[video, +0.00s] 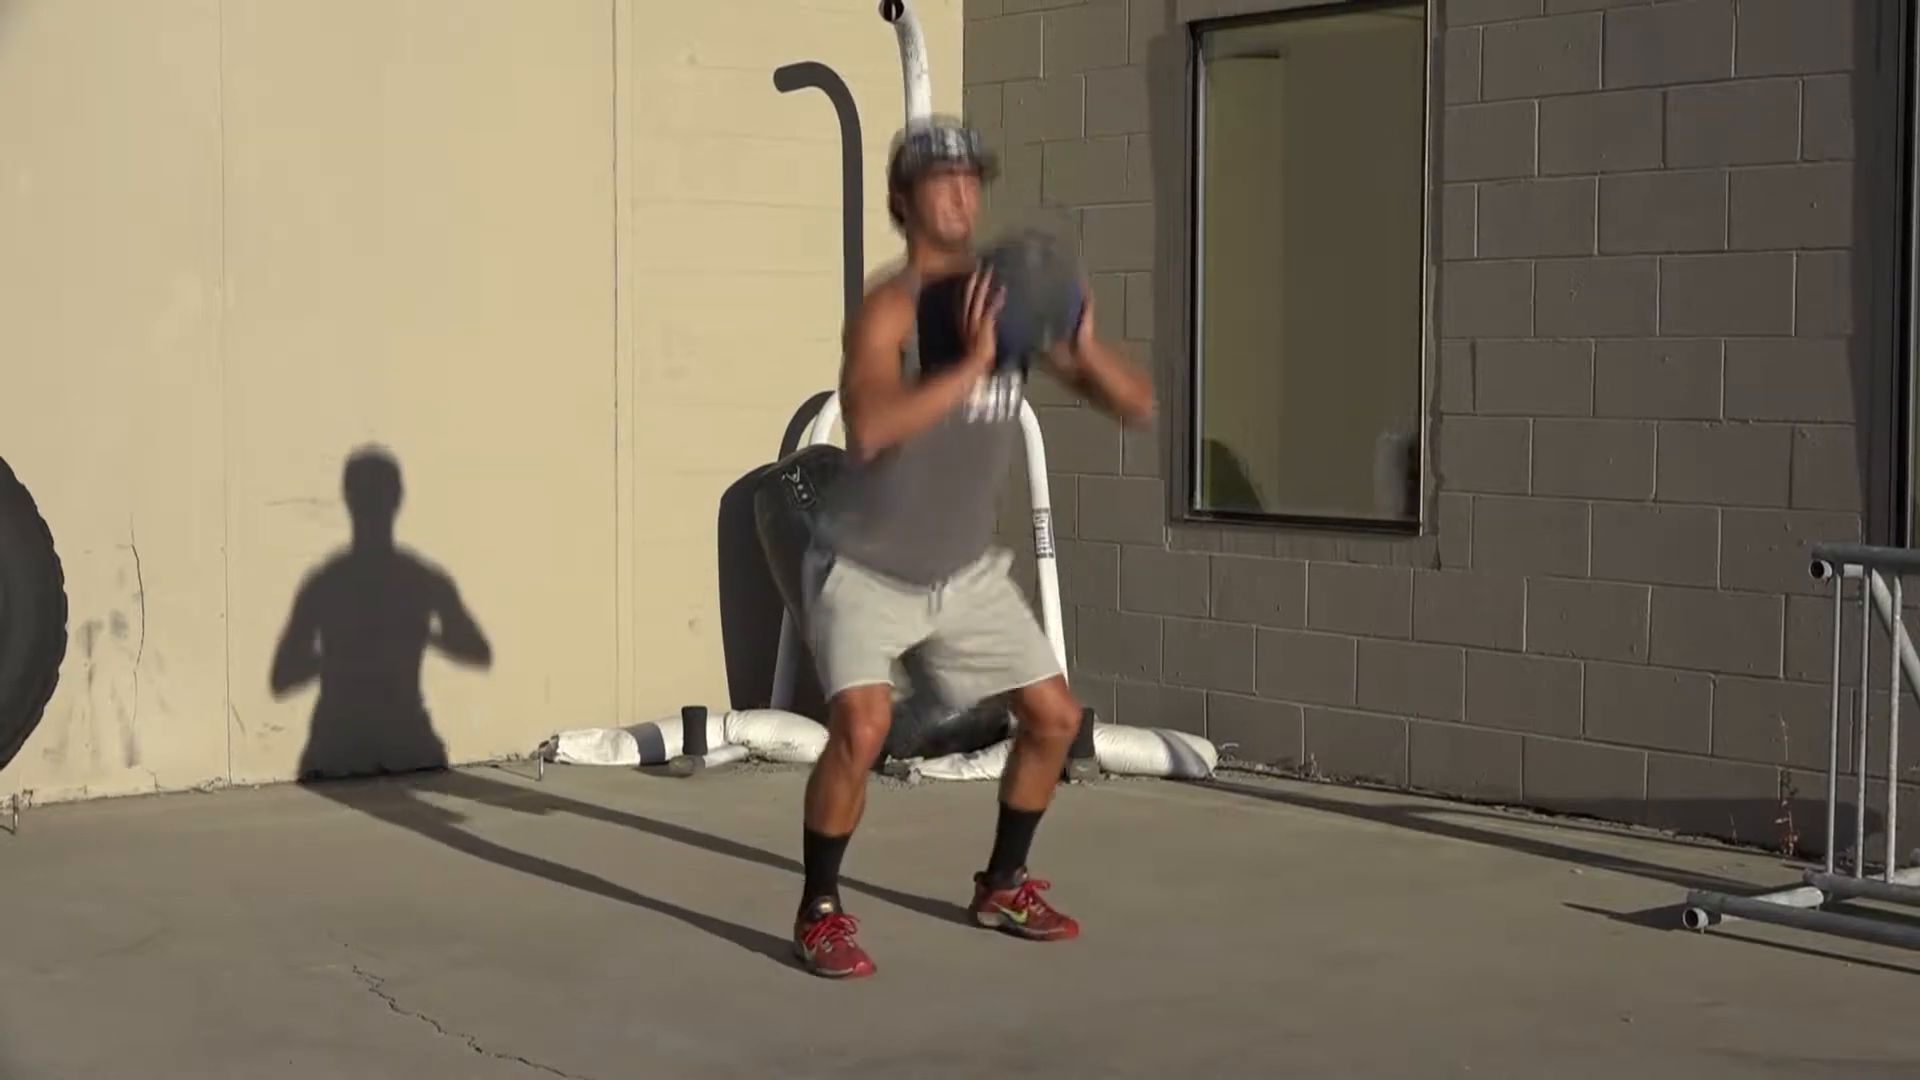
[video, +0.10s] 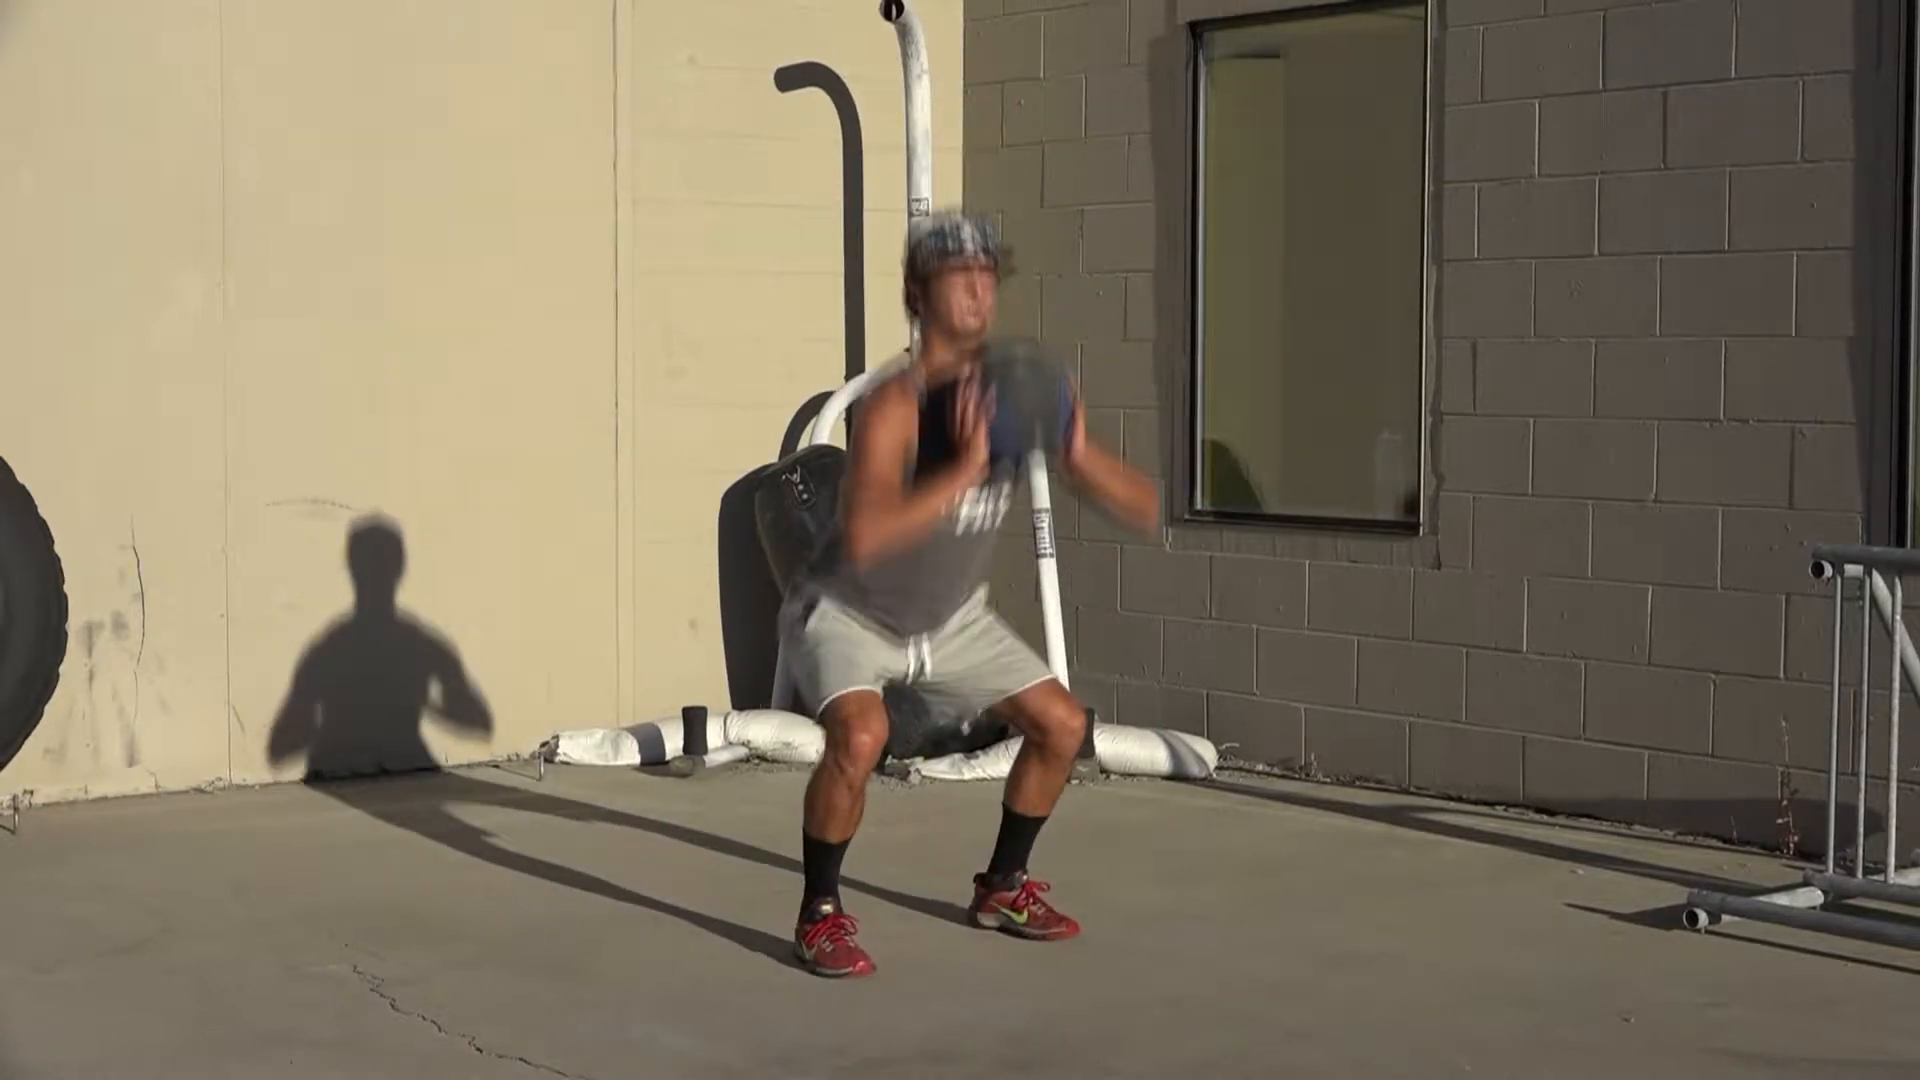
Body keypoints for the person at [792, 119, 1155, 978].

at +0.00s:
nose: (954, 195)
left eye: (965, 180)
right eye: (936, 181)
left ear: (982, 194)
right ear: (901, 199)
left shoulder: (1012, 291)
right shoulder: (888, 306)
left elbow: (1136, 405)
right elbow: (869, 429)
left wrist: (1080, 352)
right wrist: (977, 360)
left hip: (972, 571)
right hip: (868, 570)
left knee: (1055, 716)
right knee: (861, 728)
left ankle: (1003, 884)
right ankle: (819, 910)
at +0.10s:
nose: (976, 297)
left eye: (985, 282)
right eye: (958, 282)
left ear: (996, 293)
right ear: (920, 295)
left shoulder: (1017, 388)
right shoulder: (891, 402)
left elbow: (1144, 509)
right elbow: (863, 540)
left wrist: (1070, 450)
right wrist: (967, 466)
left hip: (954, 619)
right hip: (853, 614)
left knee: (1062, 726)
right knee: (860, 733)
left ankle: (1002, 887)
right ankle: (820, 913)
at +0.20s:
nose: (985, 386)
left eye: (995, 370)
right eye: (967, 371)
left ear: (1009, 382)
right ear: (930, 385)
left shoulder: (1019, 483)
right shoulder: (895, 487)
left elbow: (1136, 599)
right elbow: (856, 629)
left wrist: (1078, 555)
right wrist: (963, 570)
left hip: (931, 653)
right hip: (830, 656)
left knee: (1058, 727)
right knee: (856, 737)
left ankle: (1002, 887)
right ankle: (820, 913)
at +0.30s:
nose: (992, 439)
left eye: (1001, 423)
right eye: (974, 422)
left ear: (1011, 435)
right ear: (933, 435)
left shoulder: (1019, 539)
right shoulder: (891, 536)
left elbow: (1136, 654)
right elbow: (850, 674)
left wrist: (1082, 616)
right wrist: (962, 624)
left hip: (935, 689)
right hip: (828, 691)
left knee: (1063, 727)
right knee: (838, 736)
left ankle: (1002, 888)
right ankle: (818, 914)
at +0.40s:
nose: (989, 438)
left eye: (999, 422)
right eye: (971, 421)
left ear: (1010, 434)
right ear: (931, 433)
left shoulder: (1018, 537)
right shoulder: (888, 534)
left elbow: (1136, 652)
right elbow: (845, 669)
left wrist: (1076, 612)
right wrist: (958, 620)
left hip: (936, 686)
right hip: (832, 689)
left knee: (1061, 729)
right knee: (835, 736)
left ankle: (1002, 888)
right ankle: (819, 914)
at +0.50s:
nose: (985, 397)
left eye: (996, 380)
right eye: (967, 380)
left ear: (1009, 392)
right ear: (929, 393)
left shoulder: (1017, 491)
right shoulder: (888, 492)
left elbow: (1134, 605)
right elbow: (843, 623)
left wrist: (1062, 554)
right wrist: (955, 572)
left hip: (934, 658)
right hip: (833, 657)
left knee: (1055, 731)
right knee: (847, 733)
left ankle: (1003, 887)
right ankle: (819, 913)